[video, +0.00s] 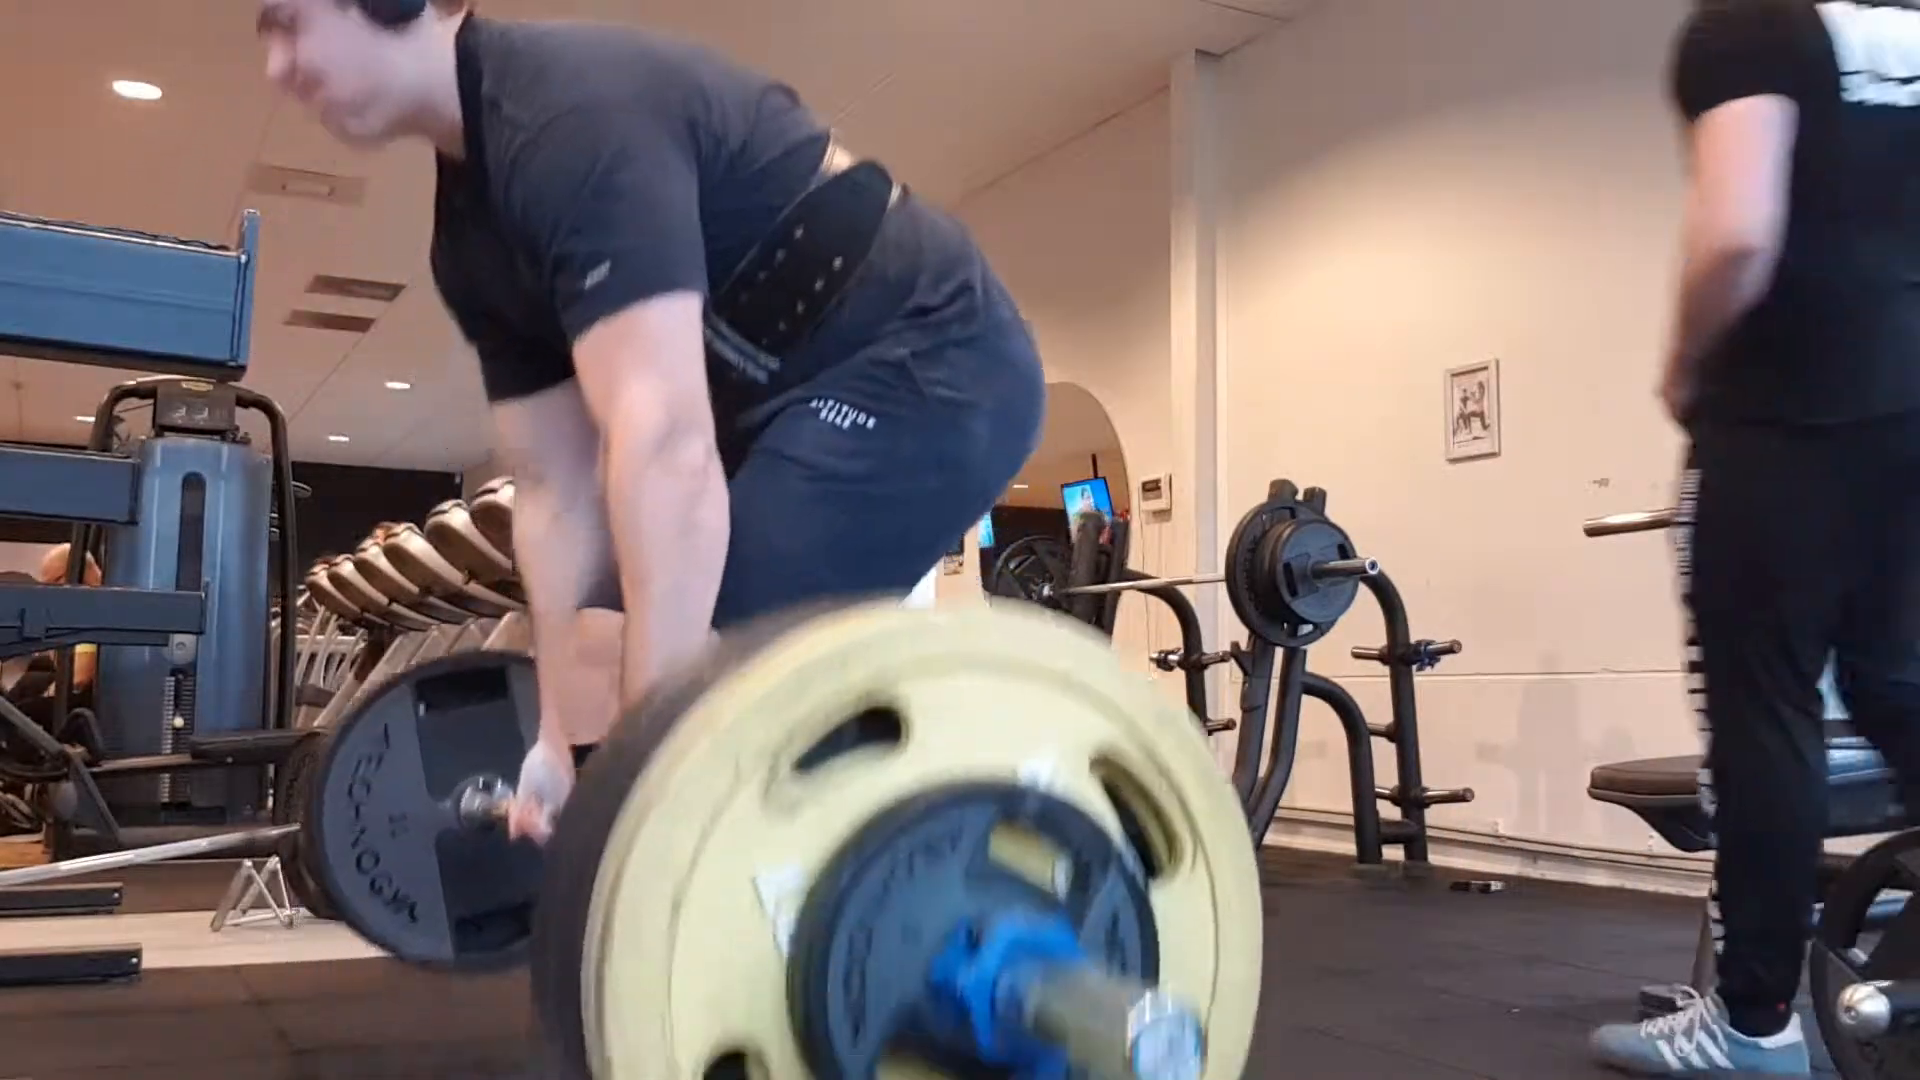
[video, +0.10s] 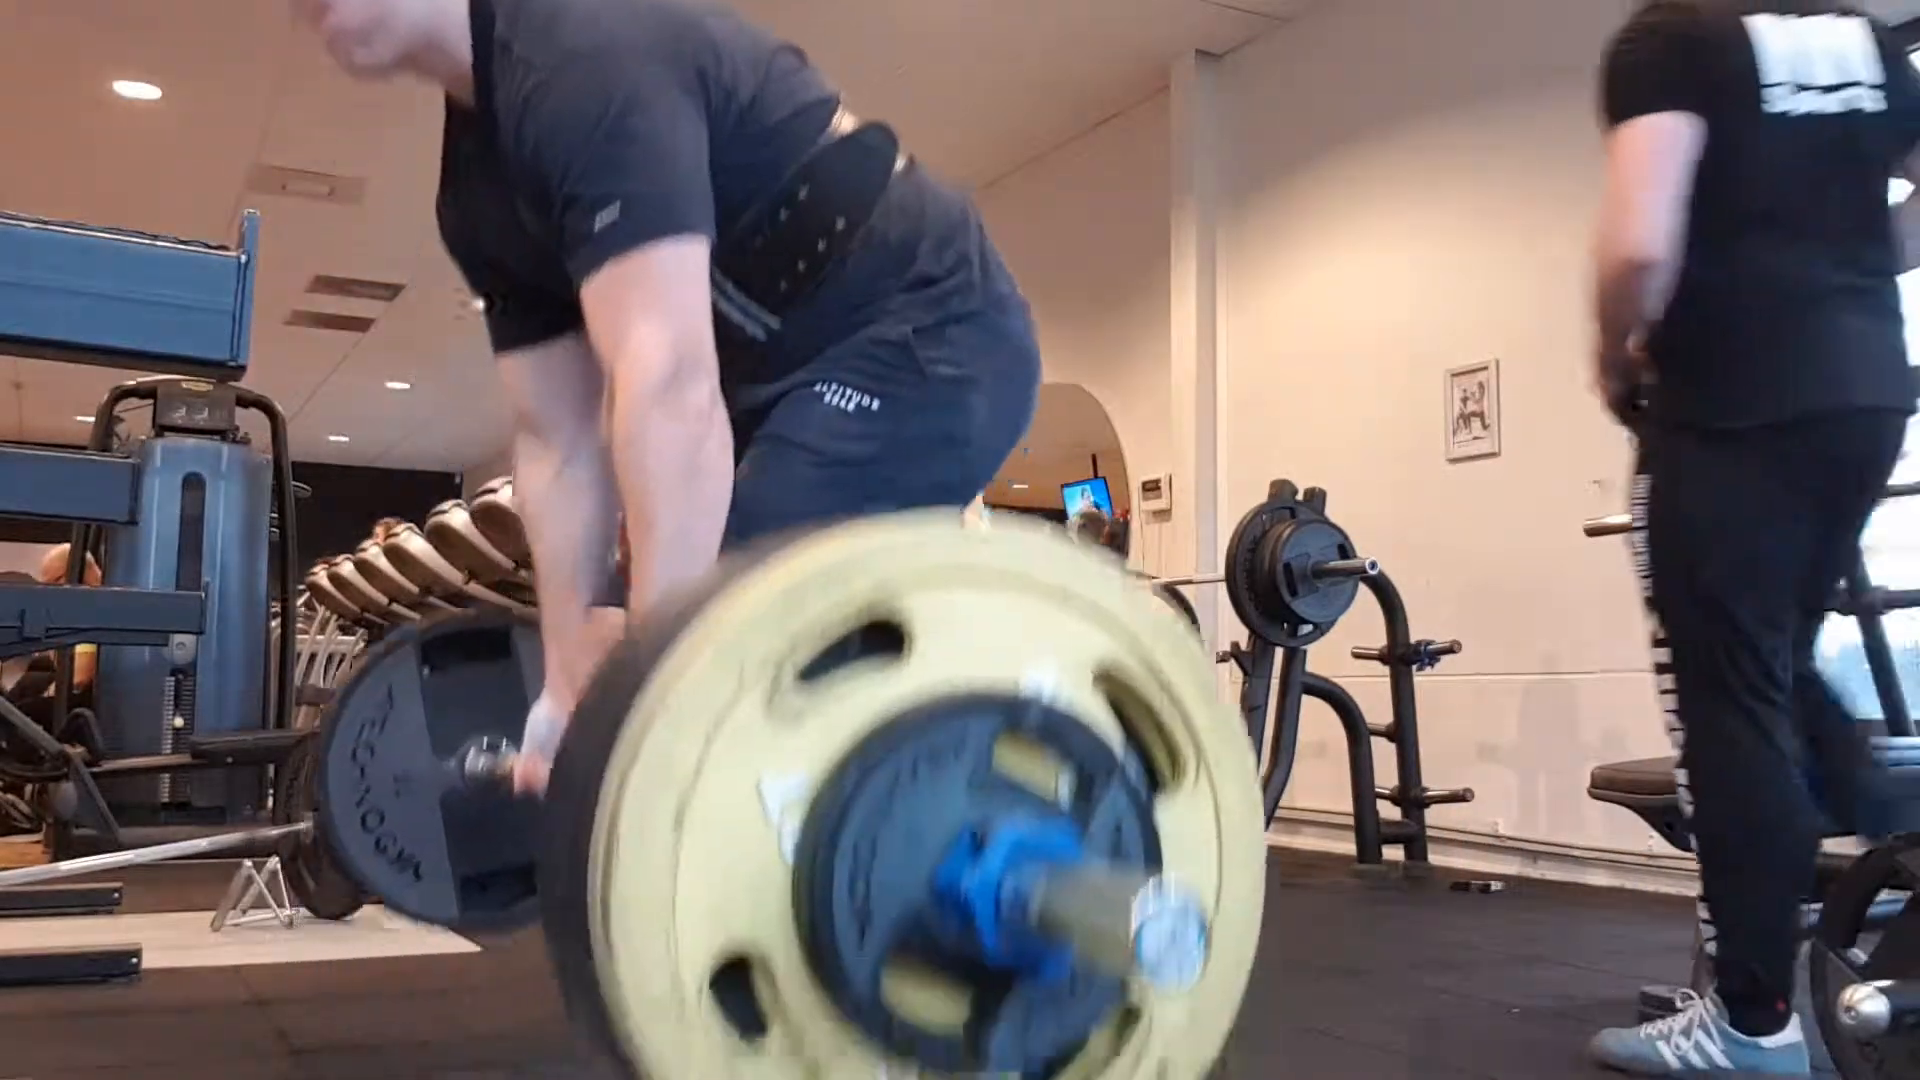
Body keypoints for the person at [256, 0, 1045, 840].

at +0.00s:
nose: (276, 68)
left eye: (289, 23)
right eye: (268, 37)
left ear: (405, 2)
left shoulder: (581, 116)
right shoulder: (470, 221)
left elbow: (667, 446)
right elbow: (549, 483)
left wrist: (670, 756)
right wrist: (561, 735)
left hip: (915, 364)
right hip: (787, 403)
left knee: (722, 694)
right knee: (592, 645)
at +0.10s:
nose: (314, 4)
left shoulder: (591, 67)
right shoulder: (477, 175)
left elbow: (669, 386)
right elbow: (554, 439)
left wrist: (672, 688)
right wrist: (567, 694)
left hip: (913, 341)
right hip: (782, 384)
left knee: (734, 666)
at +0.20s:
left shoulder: (592, 21)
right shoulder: (483, 120)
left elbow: (676, 320)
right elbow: (559, 386)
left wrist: (678, 617)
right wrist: (570, 640)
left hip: (904, 319)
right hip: (765, 354)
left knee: (752, 672)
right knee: (683, 684)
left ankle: (708, 1033)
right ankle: (687, 1028)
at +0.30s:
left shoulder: (621, 8)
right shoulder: (489, 68)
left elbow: (681, 247)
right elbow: (562, 321)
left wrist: (683, 553)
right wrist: (580, 578)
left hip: (896, 311)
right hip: (755, 337)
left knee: (748, 722)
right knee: (673, 706)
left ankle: (718, 1056)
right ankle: (677, 1047)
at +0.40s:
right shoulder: (506, 22)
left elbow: (693, 177)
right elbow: (570, 251)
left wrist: (708, 509)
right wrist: (587, 511)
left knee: (724, 693)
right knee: (680, 696)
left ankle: (712, 1049)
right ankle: (690, 1045)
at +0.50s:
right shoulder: (531, 17)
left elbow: (710, 98)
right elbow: (582, 199)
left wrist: (748, 405)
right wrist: (587, 467)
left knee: (688, 661)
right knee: (649, 653)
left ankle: (712, 1053)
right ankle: (679, 1042)